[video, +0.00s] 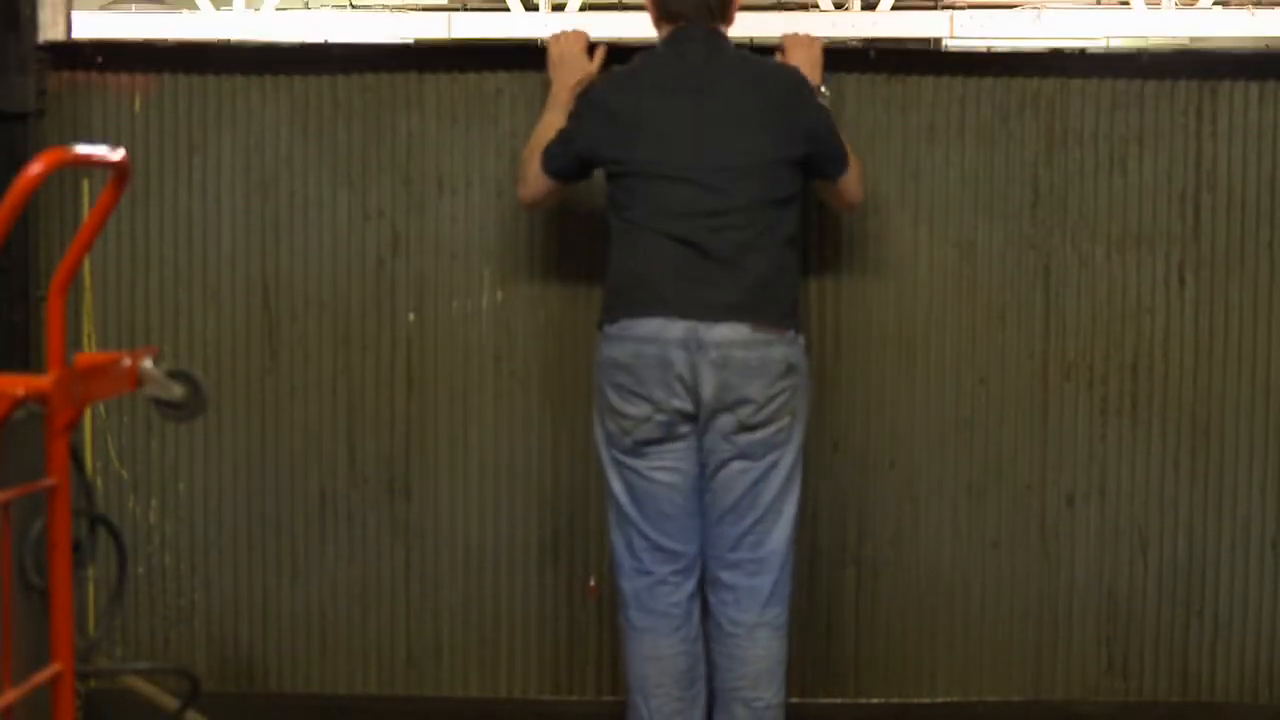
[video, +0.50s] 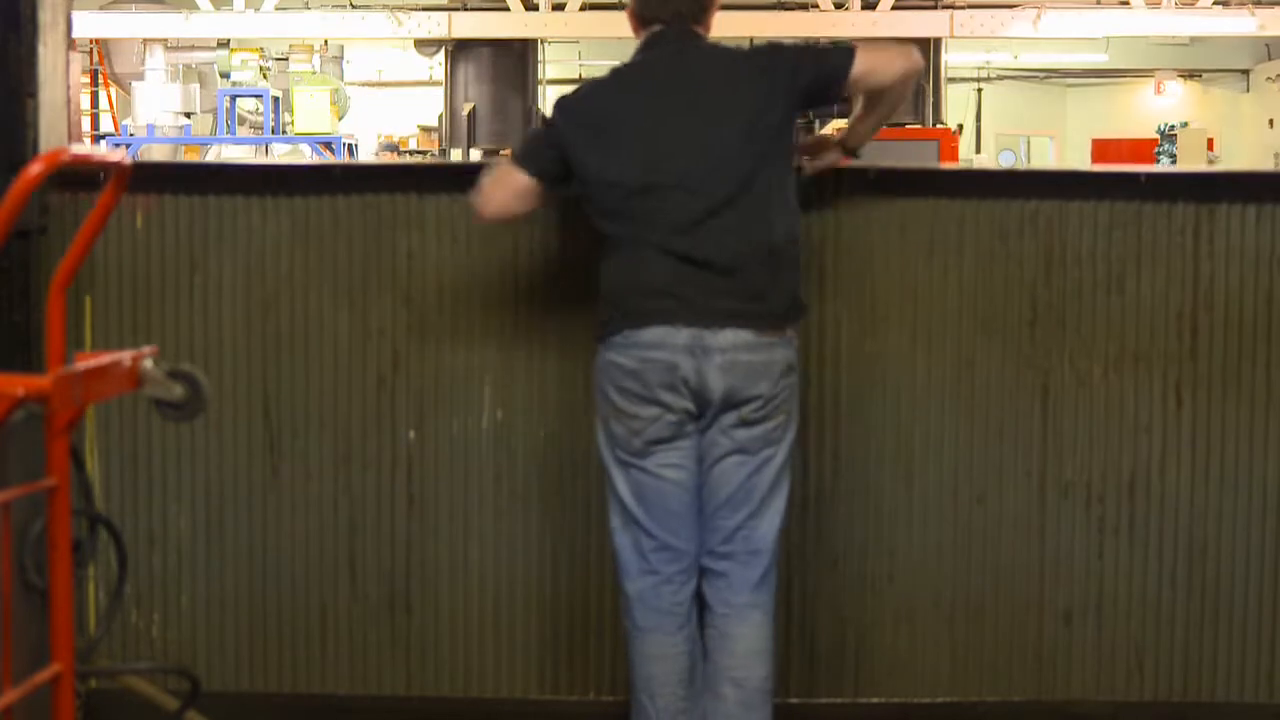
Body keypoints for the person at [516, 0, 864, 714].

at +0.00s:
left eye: (652, 8)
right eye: (731, 7)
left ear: (654, 12)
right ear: (731, 10)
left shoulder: (618, 92)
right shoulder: (780, 91)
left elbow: (534, 184)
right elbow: (847, 189)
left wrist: (562, 91)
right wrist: (810, 92)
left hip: (643, 335)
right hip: (757, 336)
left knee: (657, 569)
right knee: (751, 568)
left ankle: (665, 713)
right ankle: (750, 713)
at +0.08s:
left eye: (651, 9)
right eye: (732, 9)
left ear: (652, 13)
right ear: (731, 13)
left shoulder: (619, 95)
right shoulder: (778, 91)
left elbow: (534, 198)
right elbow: (855, 199)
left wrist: (562, 104)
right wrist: (812, 104)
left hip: (645, 339)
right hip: (759, 340)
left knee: (659, 572)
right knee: (752, 571)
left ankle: (666, 714)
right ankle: (750, 714)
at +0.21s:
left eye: (640, 10)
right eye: (727, 10)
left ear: (644, 14)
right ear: (725, 13)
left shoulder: (611, 99)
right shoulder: (780, 93)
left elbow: (537, 219)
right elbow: (862, 201)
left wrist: (562, 128)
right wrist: (802, 113)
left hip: (647, 340)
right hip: (761, 340)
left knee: (661, 572)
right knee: (752, 570)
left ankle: (669, 714)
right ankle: (752, 713)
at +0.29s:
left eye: (631, 14)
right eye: (718, 12)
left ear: (635, 17)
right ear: (716, 14)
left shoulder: (605, 102)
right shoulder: (779, 89)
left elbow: (538, 228)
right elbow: (870, 185)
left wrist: (562, 141)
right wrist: (793, 136)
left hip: (647, 338)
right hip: (762, 337)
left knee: (662, 572)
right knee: (754, 570)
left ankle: (671, 714)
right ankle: (754, 713)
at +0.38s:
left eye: (622, 16)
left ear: (626, 19)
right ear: (706, 13)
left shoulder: (594, 105)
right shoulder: (774, 84)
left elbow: (531, 232)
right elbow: (882, 151)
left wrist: (581, 167)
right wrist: (818, 128)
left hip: (646, 338)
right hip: (762, 336)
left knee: (662, 574)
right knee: (753, 571)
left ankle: (672, 715)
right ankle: (755, 715)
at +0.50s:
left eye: (630, 14)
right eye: (715, 14)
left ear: (633, 20)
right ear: (712, 16)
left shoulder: (593, 104)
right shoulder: (765, 70)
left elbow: (492, 201)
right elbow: (900, 63)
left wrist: (564, 165)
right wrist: (849, 140)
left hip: (643, 340)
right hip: (756, 338)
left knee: (657, 571)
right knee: (742, 572)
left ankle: (665, 716)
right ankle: (738, 717)